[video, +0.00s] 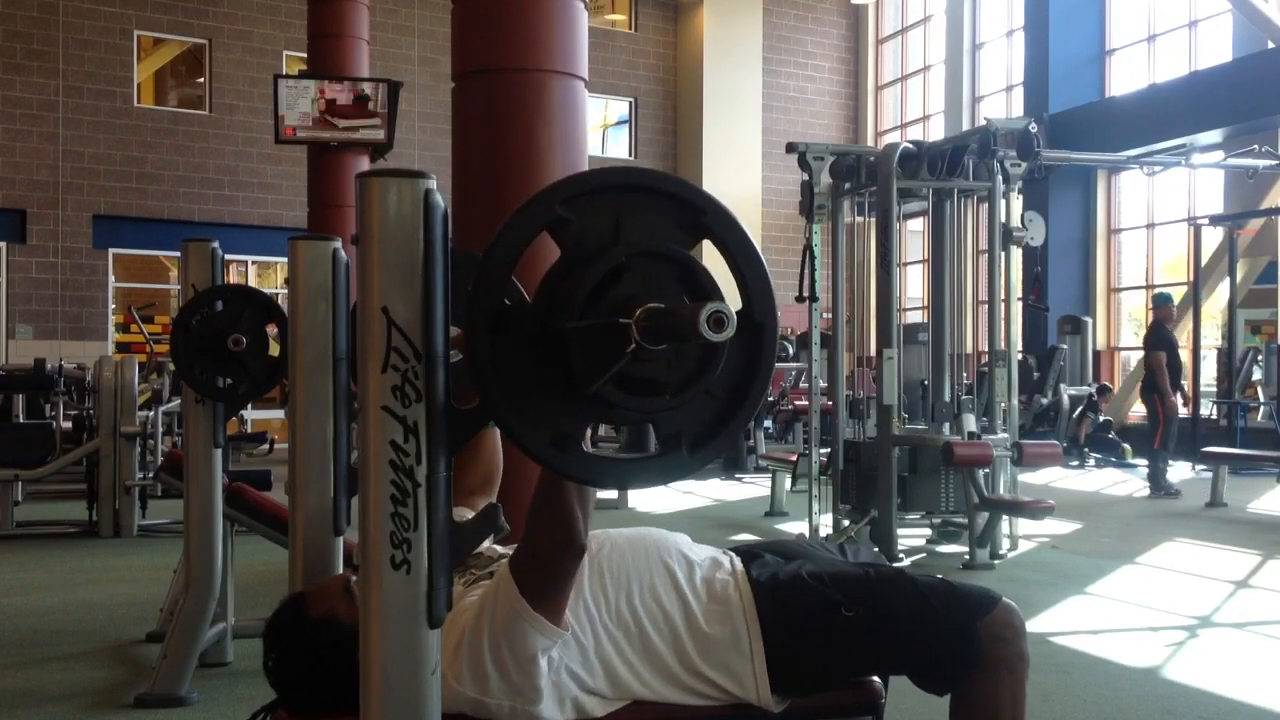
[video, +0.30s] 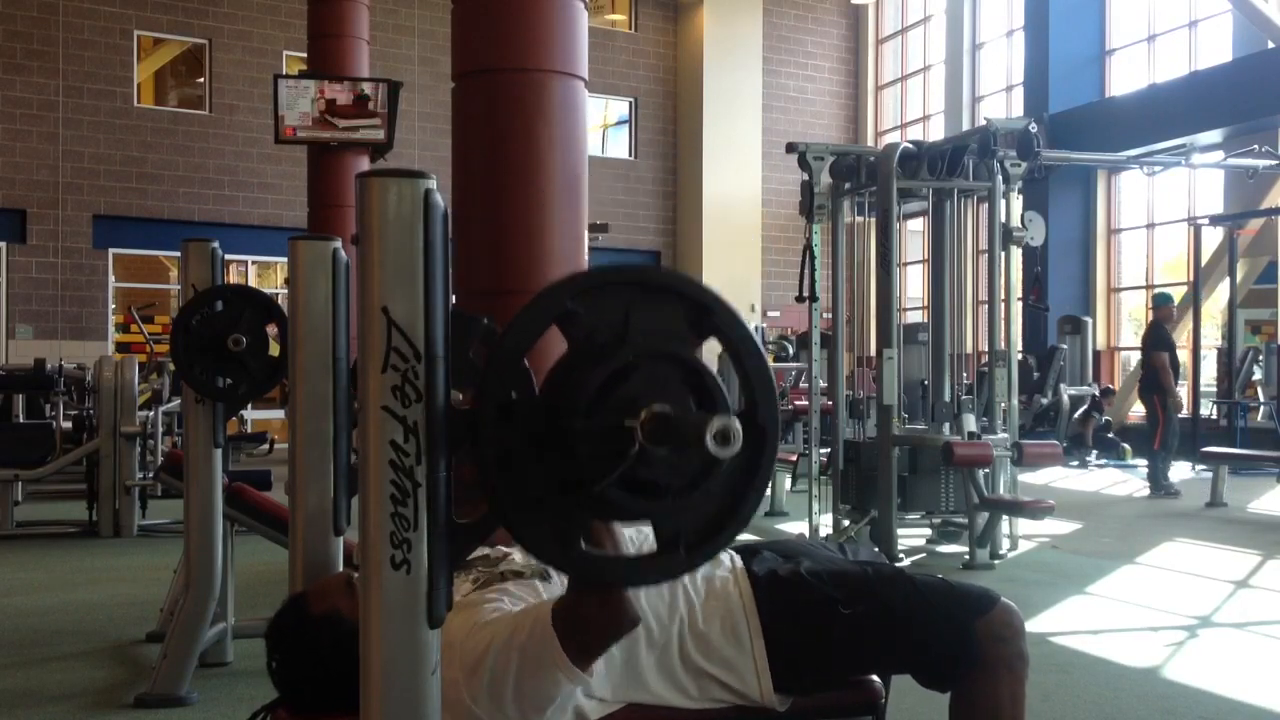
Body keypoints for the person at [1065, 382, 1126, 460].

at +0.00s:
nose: (1111, 399)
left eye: (1111, 396)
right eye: (1110, 396)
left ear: (1100, 394)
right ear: (1104, 395)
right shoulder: (1093, 406)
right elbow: (1083, 425)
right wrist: (1081, 445)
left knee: (1108, 422)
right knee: (1115, 444)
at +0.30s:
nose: (1113, 402)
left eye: (1113, 399)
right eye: (1112, 398)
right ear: (1107, 397)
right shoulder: (1097, 406)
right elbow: (1088, 427)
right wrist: (1089, 447)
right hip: (1079, 437)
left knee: (1107, 422)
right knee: (1114, 443)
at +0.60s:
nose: (1120, 402)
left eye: (1121, 399)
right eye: (1120, 399)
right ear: (1116, 396)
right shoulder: (1107, 403)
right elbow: (1102, 424)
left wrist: (1119, 442)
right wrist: (1110, 445)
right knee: (1127, 448)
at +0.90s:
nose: (1130, 385)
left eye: (1131, 382)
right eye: (1130, 382)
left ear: (1120, 379)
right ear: (1124, 381)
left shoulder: (1112, 383)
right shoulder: (1116, 387)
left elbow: (1110, 407)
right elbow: (1114, 407)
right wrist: (1118, 421)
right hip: (1083, 403)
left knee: (1110, 422)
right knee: (1104, 432)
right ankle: (1081, 451)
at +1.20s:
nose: (1140, 357)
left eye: (1140, 354)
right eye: (1139, 354)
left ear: (1131, 353)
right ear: (1132, 353)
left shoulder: (1121, 361)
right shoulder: (1123, 363)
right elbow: (1117, 381)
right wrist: (1126, 401)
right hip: (1097, 386)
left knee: (1113, 418)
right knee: (1115, 418)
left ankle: (1094, 438)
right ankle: (1099, 446)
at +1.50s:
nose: (1144, 348)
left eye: (1145, 344)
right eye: (1144, 344)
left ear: (1135, 340)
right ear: (1140, 342)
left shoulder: (1123, 349)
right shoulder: (1133, 352)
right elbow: (1126, 369)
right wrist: (1124, 388)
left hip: (1106, 383)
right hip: (1117, 383)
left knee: (1114, 418)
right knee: (1139, 410)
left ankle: (1103, 448)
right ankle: (1143, 443)